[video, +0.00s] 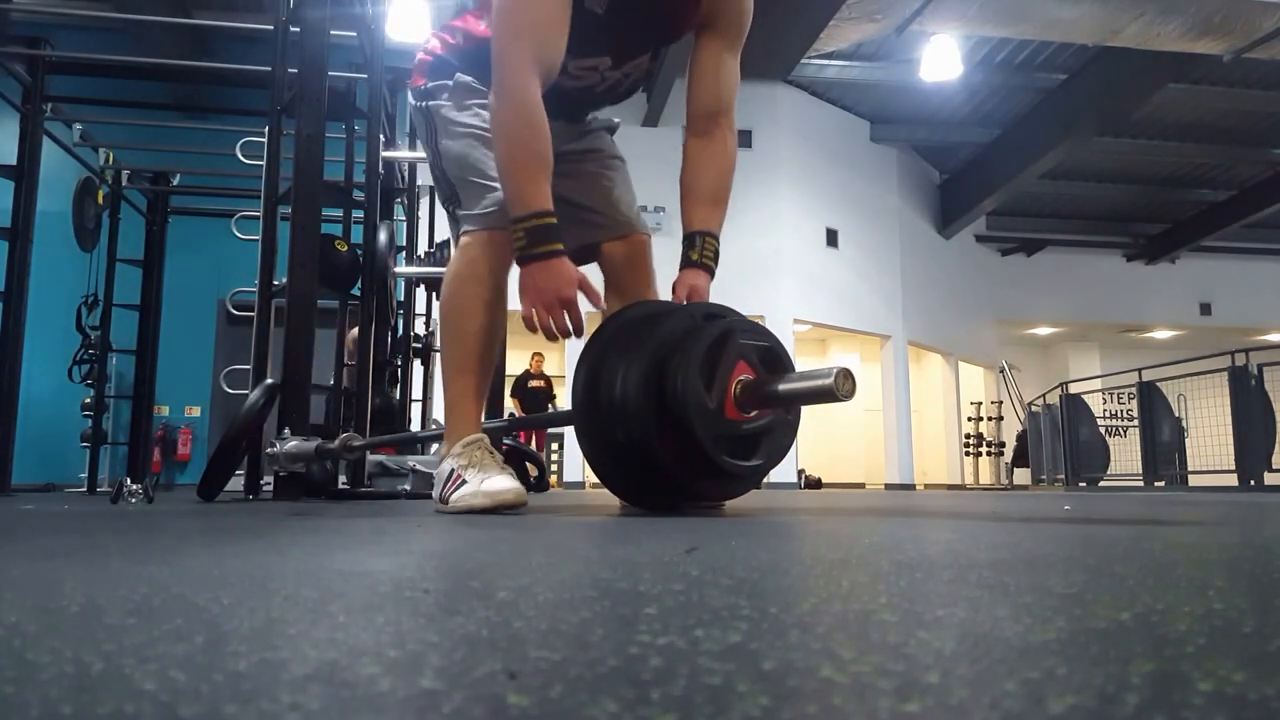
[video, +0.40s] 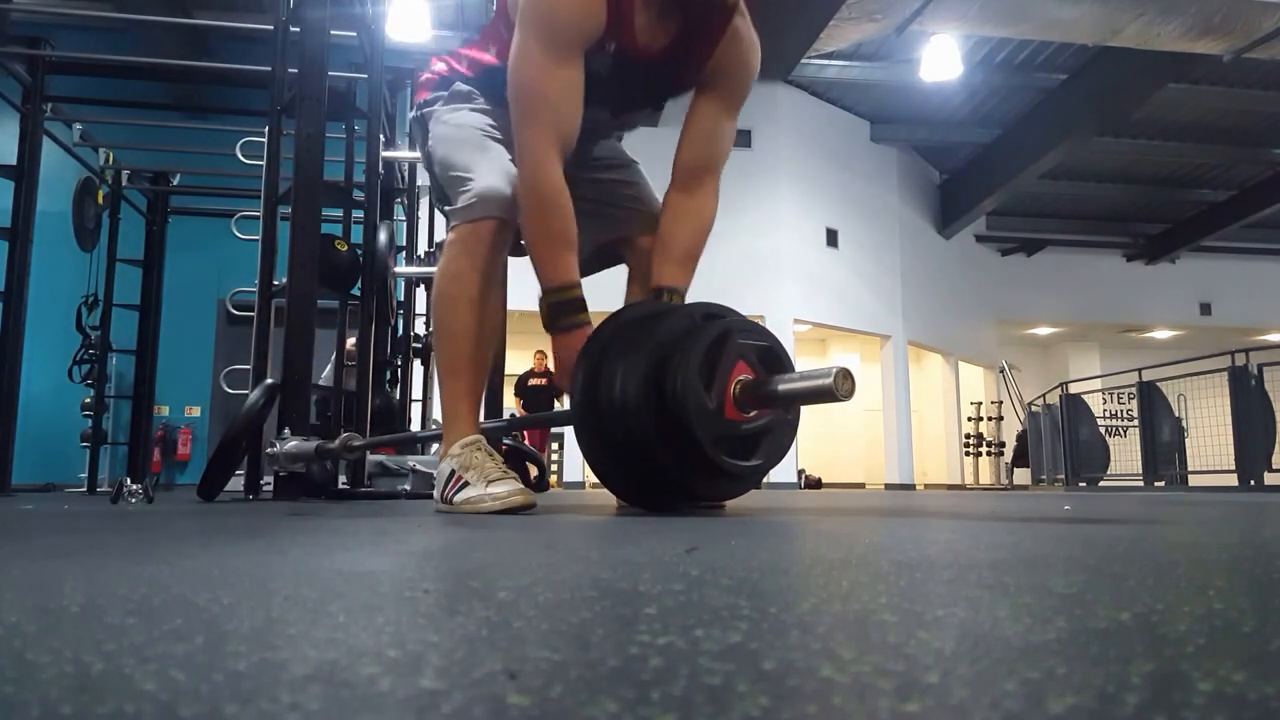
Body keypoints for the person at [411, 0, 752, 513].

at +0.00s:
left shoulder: (726, 3)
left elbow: (711, 124)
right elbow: (517, 83)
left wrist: (699, 259)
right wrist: (539, 248)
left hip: (574, 107)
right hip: (470, 76)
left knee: (629, 243)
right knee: (494, 224)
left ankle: (651, 460)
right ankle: (463, 450)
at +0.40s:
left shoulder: (734, 42)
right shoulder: (565, 5)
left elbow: (695, 183)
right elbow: (539, 156)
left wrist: (661, 321)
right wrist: (567, 321)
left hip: (584, 126)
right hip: (476, 93)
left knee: (657, 243)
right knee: (491, 203)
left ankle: (652, 458)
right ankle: (462, 449)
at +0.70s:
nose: (730, 76)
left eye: (750, 62)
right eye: (720, 46)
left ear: (770, 49)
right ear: (678, 6)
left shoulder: (731, 110)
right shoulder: (566, 39)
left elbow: (685, 242)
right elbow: (534, 215)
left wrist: (653, 371)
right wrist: (570, 358)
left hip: (585, 149)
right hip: (479, 111)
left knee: (671, 239)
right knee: (482, 204)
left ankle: (655, 446)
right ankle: (461, 452)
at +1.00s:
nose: (728, 108)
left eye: (748, 92)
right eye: (718, 80)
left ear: (767, 82)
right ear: (678, 30)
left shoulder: (726, 140)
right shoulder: (564, 59)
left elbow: (684, 268)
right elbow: (523, 233)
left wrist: (665, 399)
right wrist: (576, 373)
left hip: (576, 156)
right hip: (473, 115)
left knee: (674, 246)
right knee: (475, 212)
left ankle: (658, 451)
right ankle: (461, 452)